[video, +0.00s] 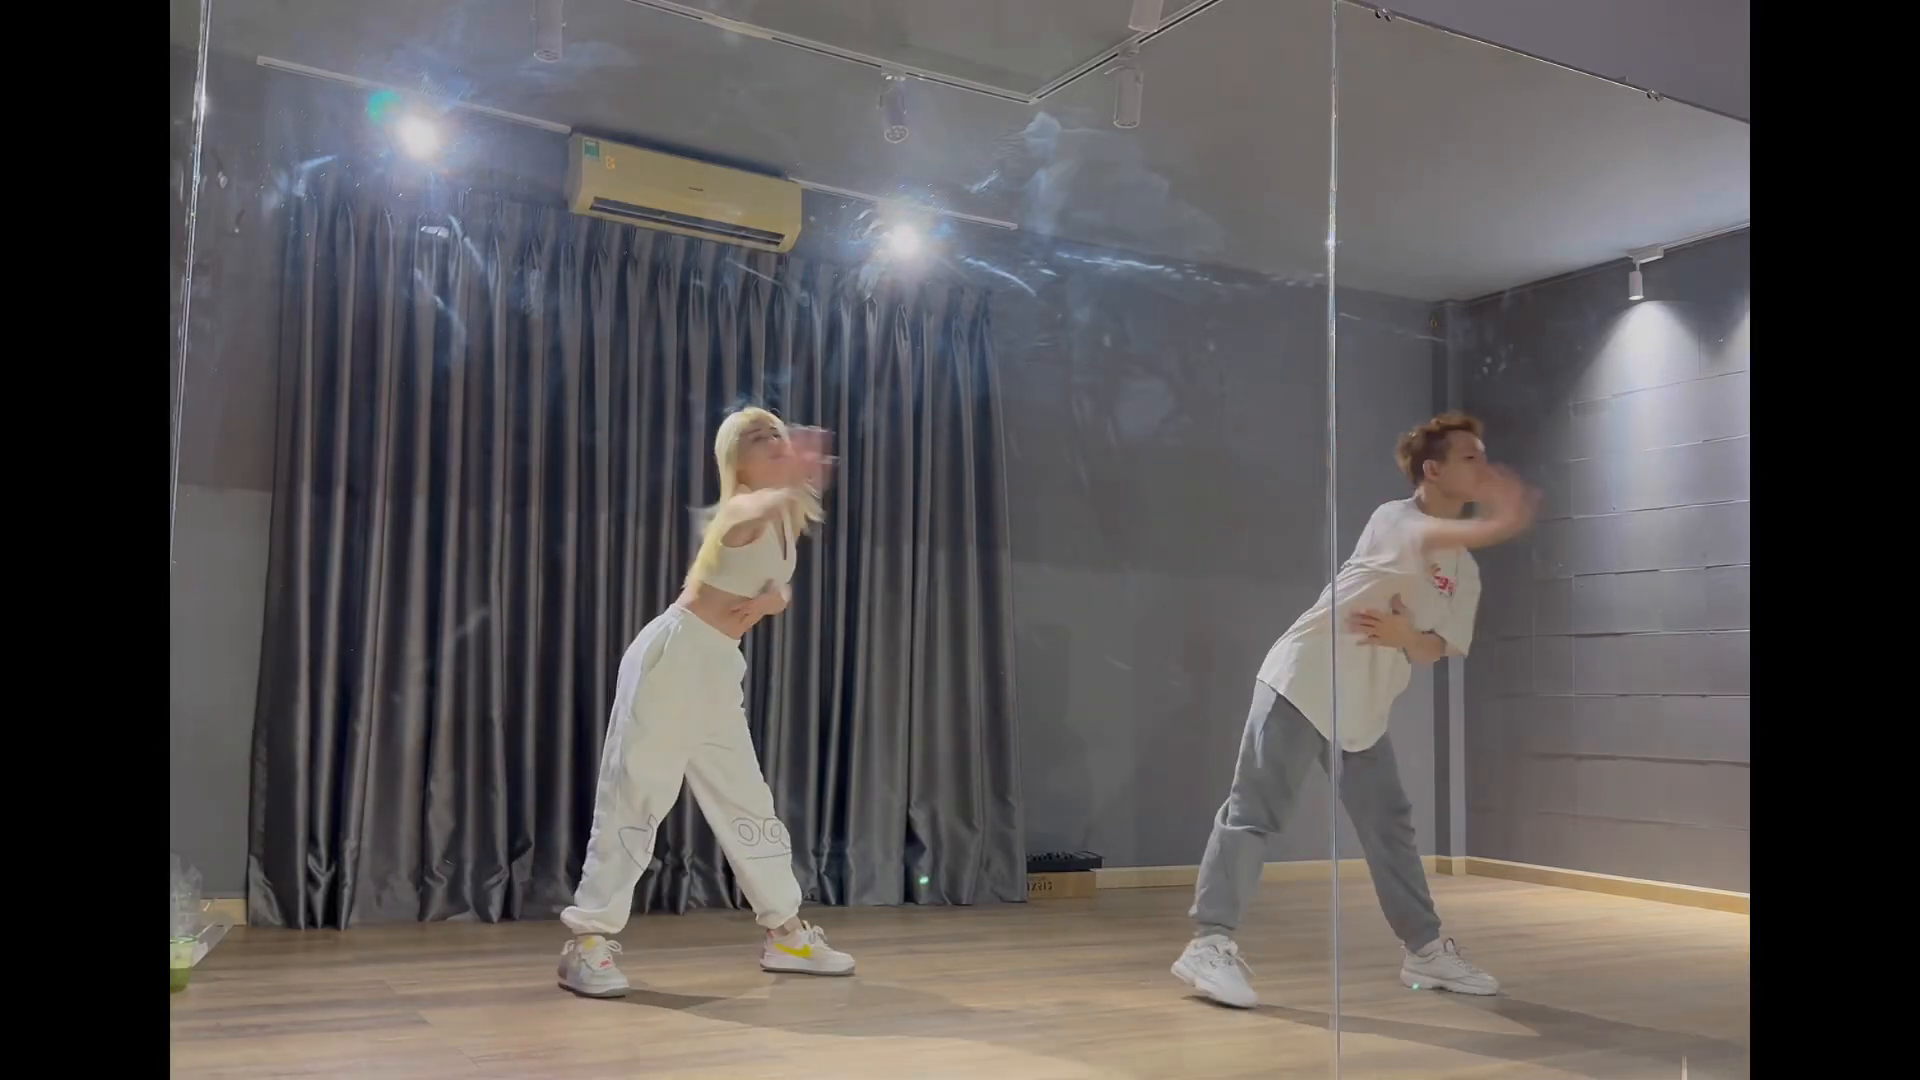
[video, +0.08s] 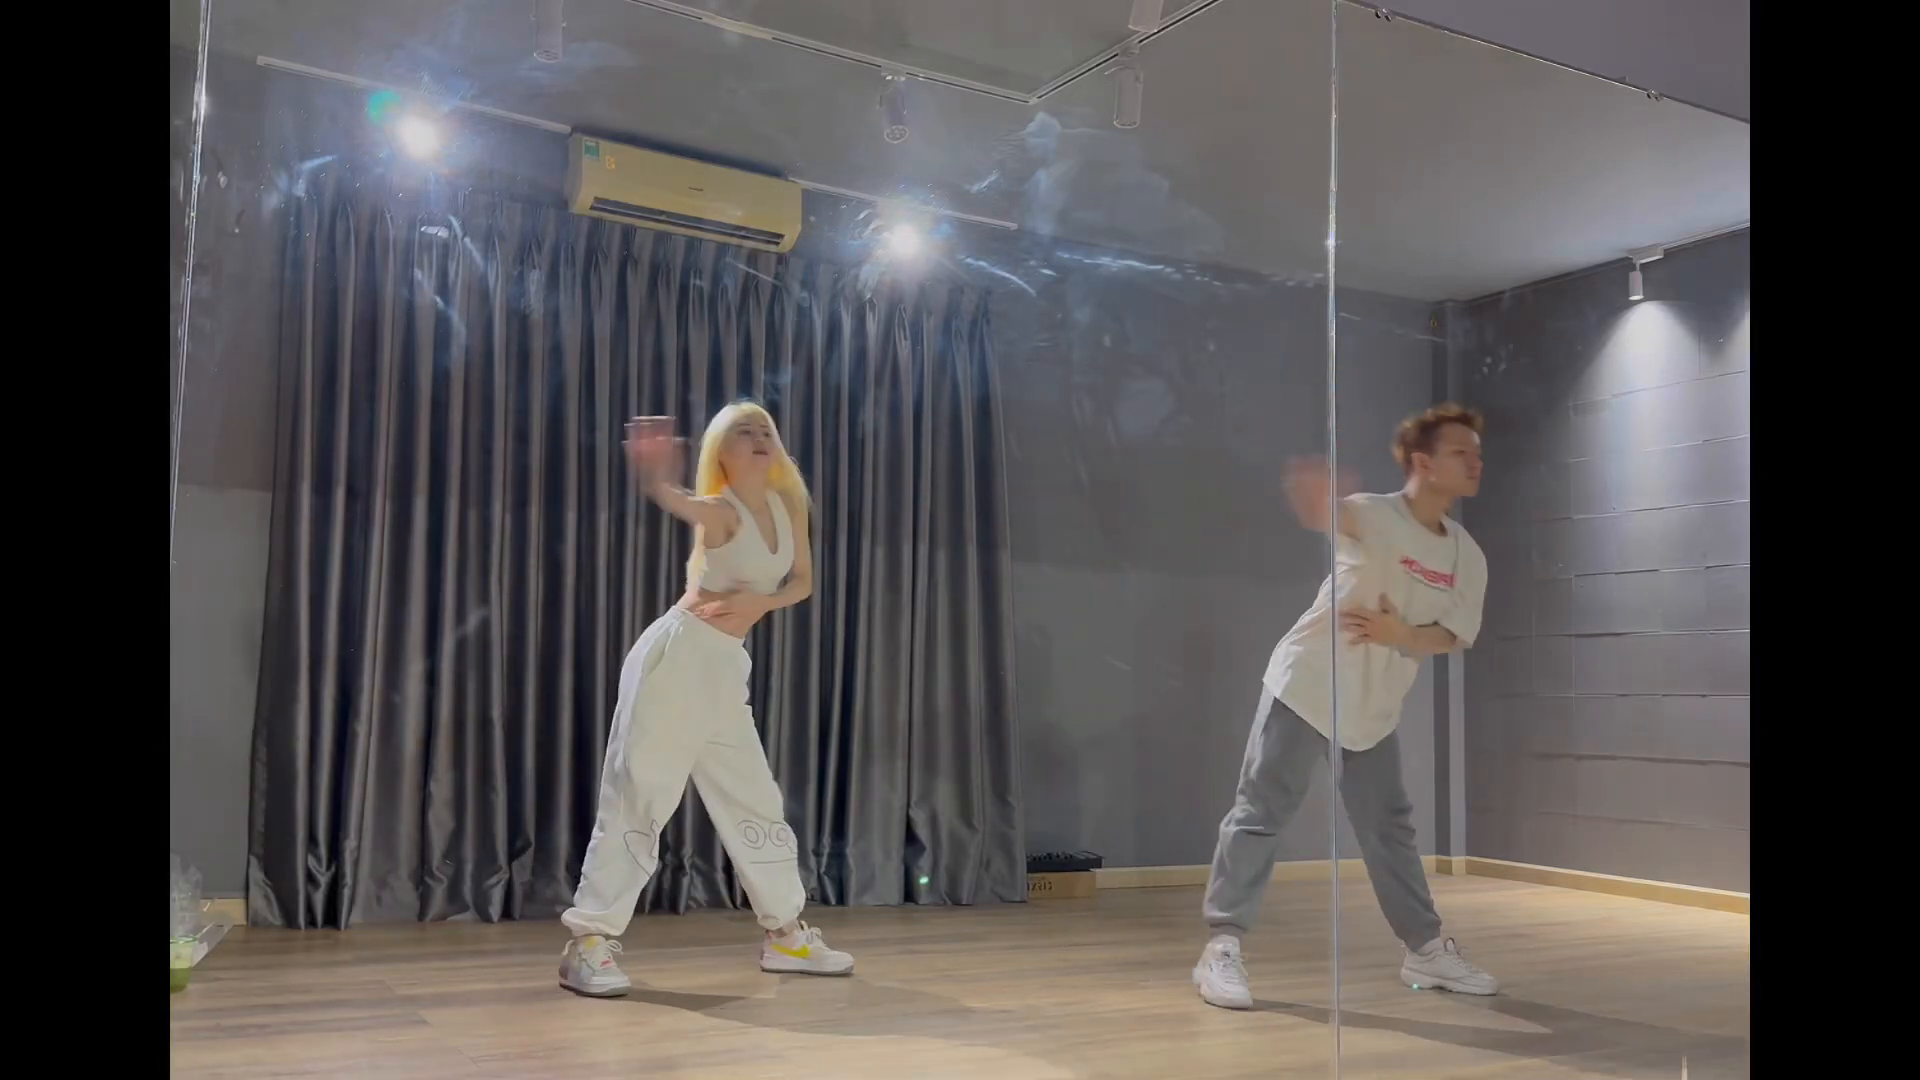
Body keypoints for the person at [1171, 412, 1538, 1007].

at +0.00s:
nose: (1485, 467)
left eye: (1483, 457)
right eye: (1471, 457)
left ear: (1462, 473)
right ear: (1431, 469)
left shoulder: (1467, 568)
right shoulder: (1394, 519)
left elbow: (1443, 648)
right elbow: (1433, 534)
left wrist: (1406, 635)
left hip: (1360, 701)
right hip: (1305, 675)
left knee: (1389, 824)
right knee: (1254, 811)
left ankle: (1426, 951)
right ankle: (1208, 945)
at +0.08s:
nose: (1476, 464)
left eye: (1478, 455)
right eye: (1462, 454)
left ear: (1472, 467)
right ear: (1420, 461)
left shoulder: (1468, 557)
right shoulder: (1376, 513)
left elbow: (1455, 636)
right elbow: (1330, 518)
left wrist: (1397, 634)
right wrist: (1315, 500)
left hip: (1371, 705)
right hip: (1308, 682)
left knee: (1389, 825)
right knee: (1260, 813)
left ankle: (1426, 950)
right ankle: (1221, 951)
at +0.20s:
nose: (1424, 458)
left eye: (1429, 448)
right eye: (1409, 448)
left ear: (1432, 454)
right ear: (1370, 453)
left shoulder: (1447, 529)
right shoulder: (1323, 512)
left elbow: (1478, 609)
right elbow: (1235, 504)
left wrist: (1408, 629)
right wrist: (1176, 531)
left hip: (1391, 700)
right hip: (1314, 689)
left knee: (1411, 815)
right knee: (1280, 812)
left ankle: (1433, 947)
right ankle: (1237, 949)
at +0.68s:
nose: (1333, 439)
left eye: (1345, 433)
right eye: (1320, 430)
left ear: (1360, 453)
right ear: (1296, 450)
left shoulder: (1384, 526)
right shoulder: (1268, 521)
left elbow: (1388, 617)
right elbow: (1192, 540)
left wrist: (1338, 557)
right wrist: (1218, 469)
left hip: (1379, 707)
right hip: (1296, 703)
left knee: (1414, 840)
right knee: (1249, 813)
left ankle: (1455, 932)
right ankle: (1249, 952)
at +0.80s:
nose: (1320, 461)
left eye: (1329, 448)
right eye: (1306, 451)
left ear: (1345, 454)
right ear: (1281, 462)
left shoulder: (1376, 529)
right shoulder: (1260, 522)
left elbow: (1340, 605)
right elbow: (1194, 538)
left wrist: (1260, 572)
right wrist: (1204, 458)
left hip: (1348, 698)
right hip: (1267, 695)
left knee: (1320, 797)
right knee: (1246, 814)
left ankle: (1368, 902)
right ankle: (1256, 952)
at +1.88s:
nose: (1258, 476)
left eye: (1267, 460)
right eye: (1244, 465)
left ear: (1292, 446)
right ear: (1232, 466)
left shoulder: (1349, 497)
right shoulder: (1234, 522)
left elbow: (1359, 589)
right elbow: (1228, 580)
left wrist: (1316, 648)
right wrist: (1194, 504)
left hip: (1343, 691)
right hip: (1263, 694)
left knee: (1340, 823)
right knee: (1243, 822)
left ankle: (1330, 952)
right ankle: (1254, 954)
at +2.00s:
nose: (1294, 484)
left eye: (1305, 468)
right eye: (1280, 472)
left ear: (1325, 459)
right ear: (1262, 469)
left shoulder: (1365, 512)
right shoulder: (1243, 527)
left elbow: (1403, 576)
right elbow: (1262, 594)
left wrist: (1396, 525)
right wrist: (1326, 607)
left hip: (1369, 704)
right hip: (1281, 705)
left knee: (1376, 819)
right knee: (1214, 805)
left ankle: (1398, 937)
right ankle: (1259, 953)